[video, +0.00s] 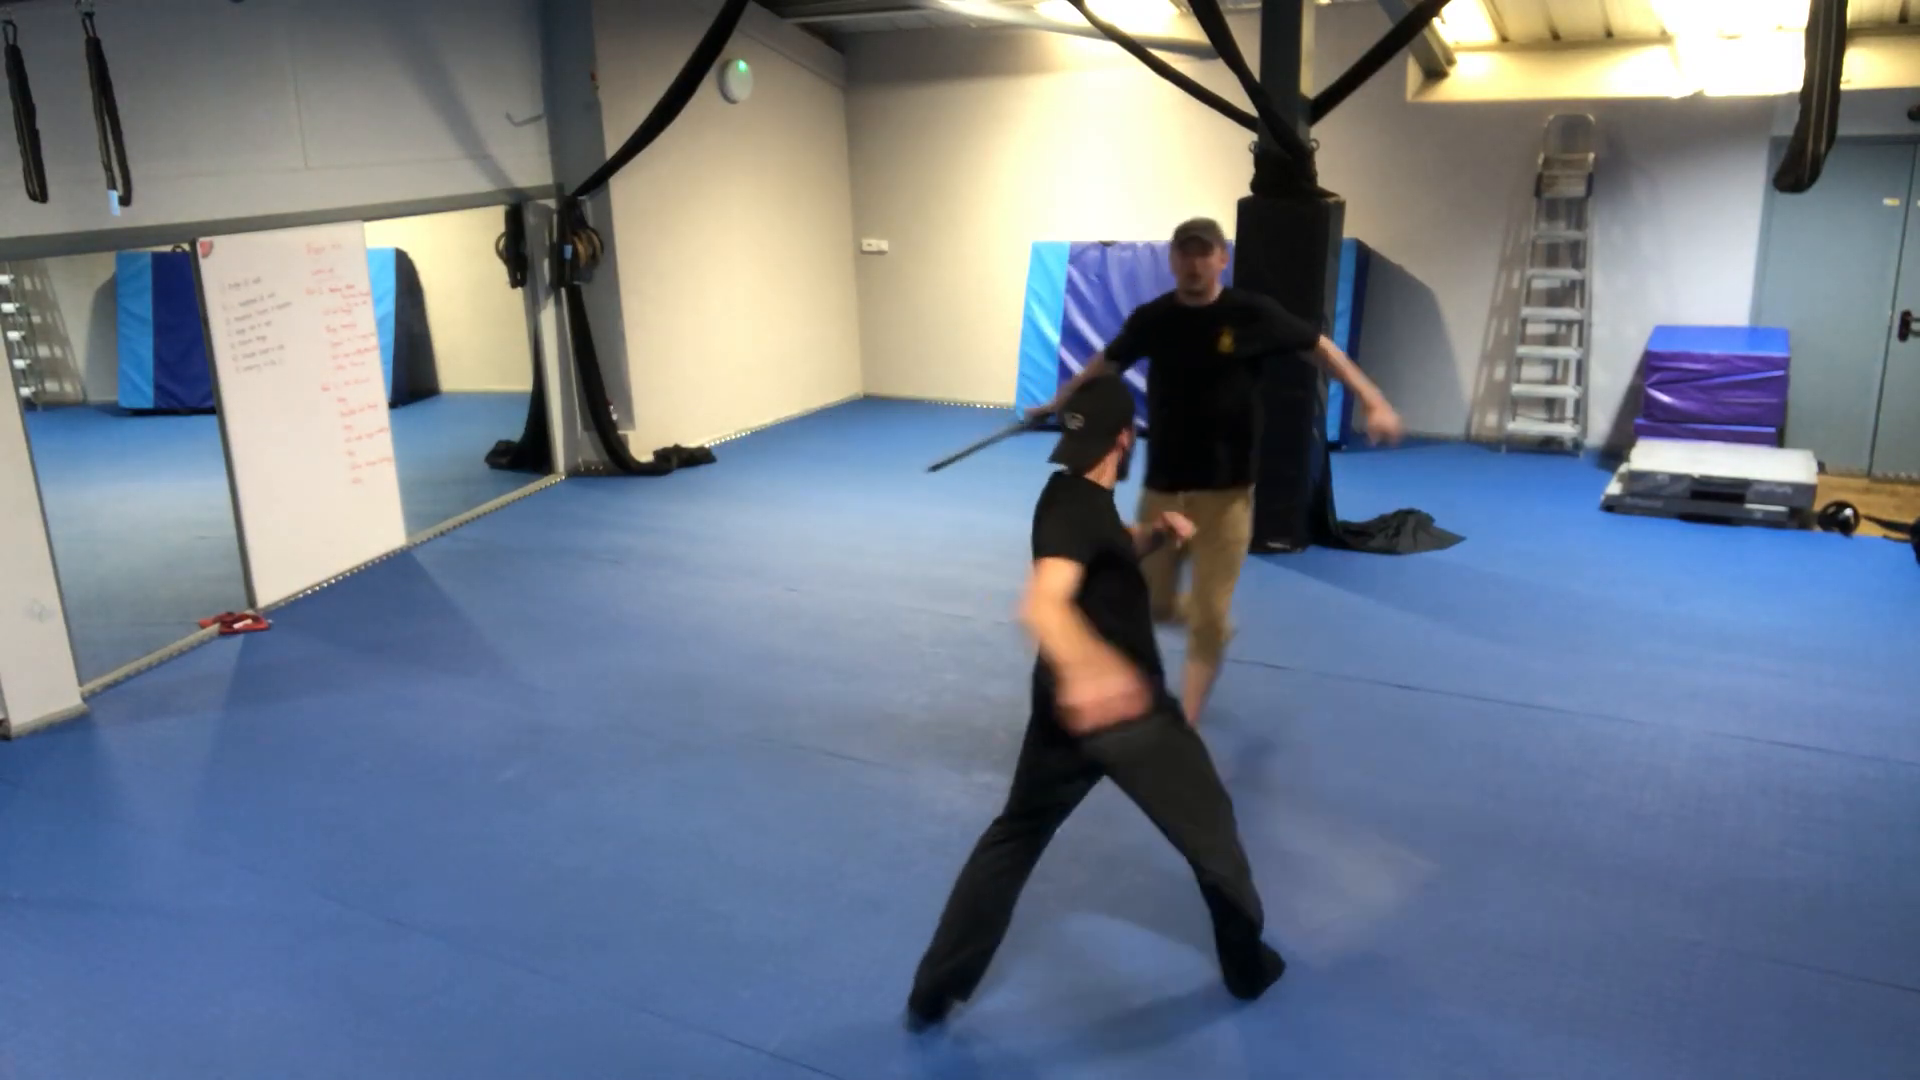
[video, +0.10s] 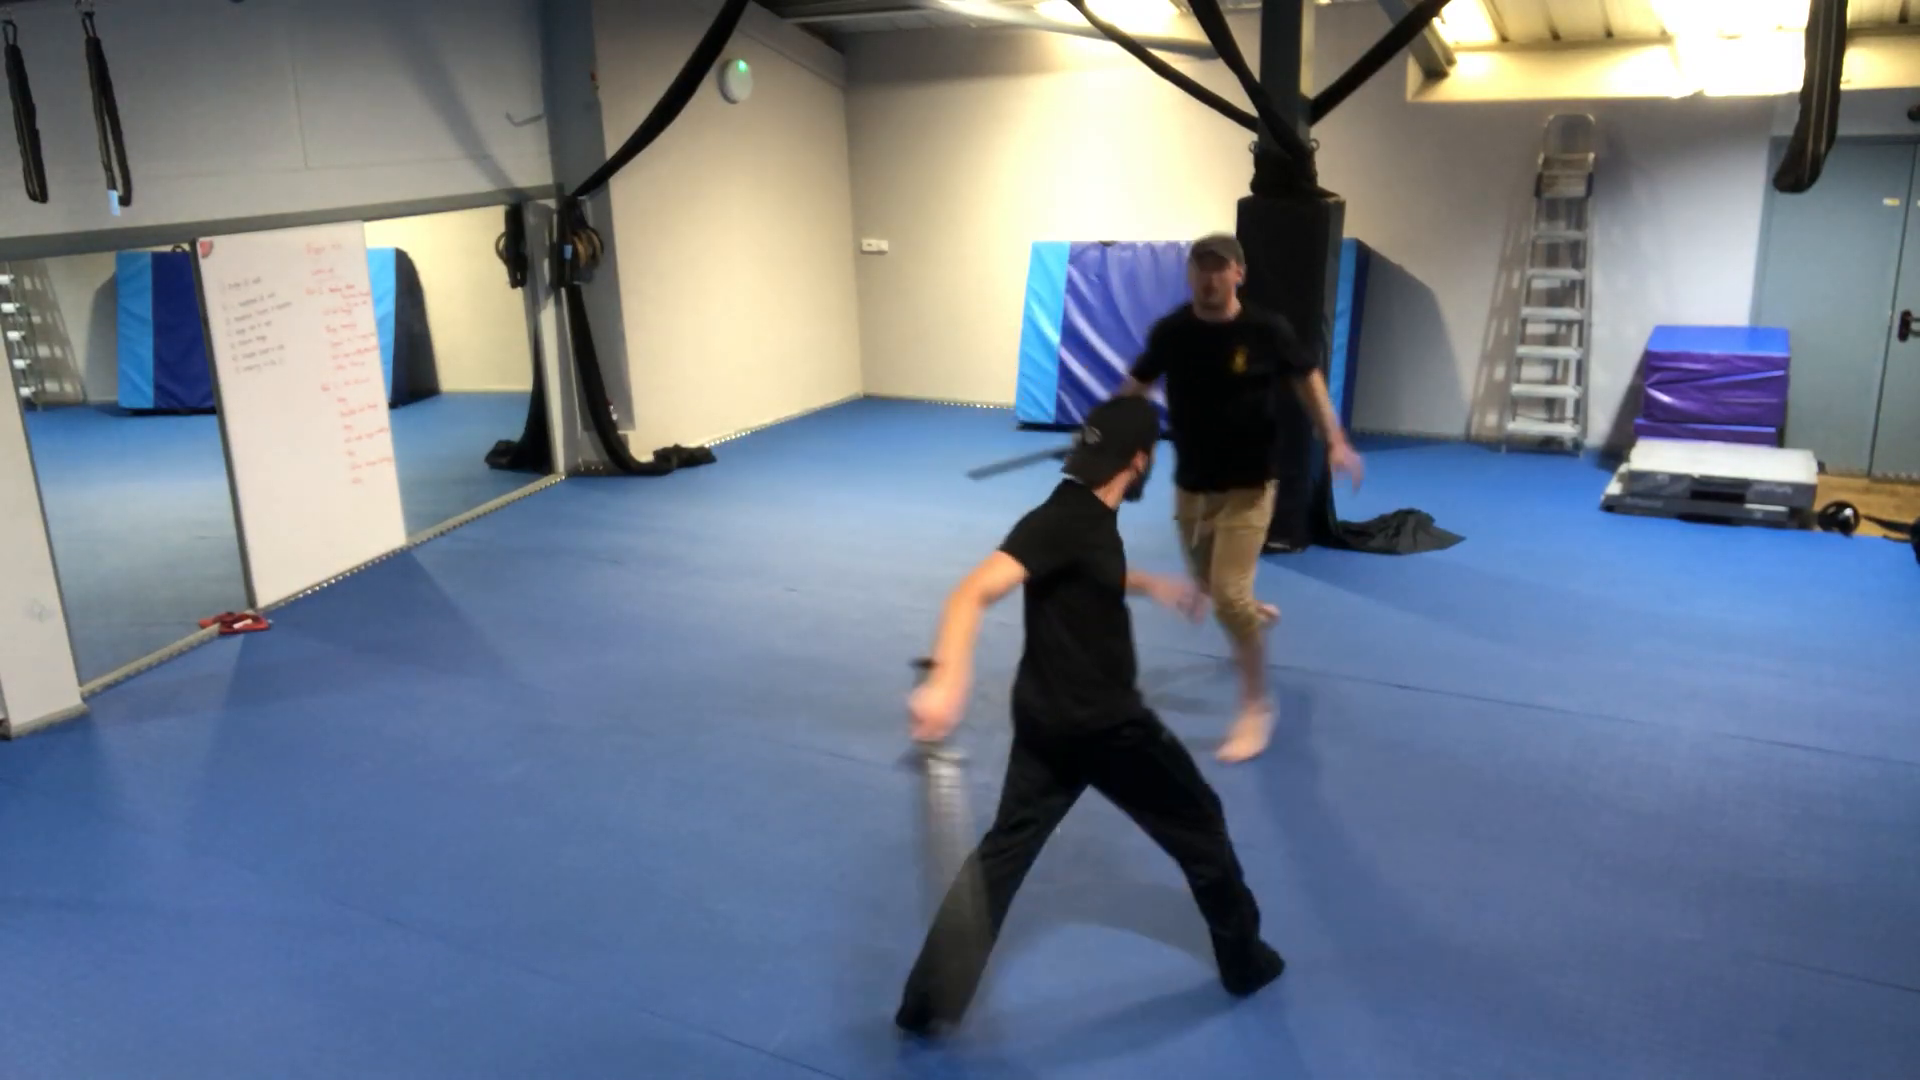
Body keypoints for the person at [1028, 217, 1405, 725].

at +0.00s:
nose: (1193, 265)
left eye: (1203, 255)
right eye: (1185, 255)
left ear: (1222, 259)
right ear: (1172, 260)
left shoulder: (1253, 314)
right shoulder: (1153, 319)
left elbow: (1320, 349)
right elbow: (1103, 364)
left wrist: (1375, 402)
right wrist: (1057, 403)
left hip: (1226, 492)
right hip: (1163, 489)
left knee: (1207, 615)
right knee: (1154, 603)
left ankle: (1185, 726)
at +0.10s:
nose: (1209, 282)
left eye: (1219, 272)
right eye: (1201, 272)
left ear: (1238, 274)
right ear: (1189, 275)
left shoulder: (1267, 331)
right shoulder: (1172, 332)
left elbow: (1309, 380)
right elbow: (1135, 385)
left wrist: (1334, 440)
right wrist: (1114, 435)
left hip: (1248, 487)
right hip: (1192, 485)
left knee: (1232, 599)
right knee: (1208, 583)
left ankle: (1255, 706)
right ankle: (1251, 615)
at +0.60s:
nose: (1218, 301)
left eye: (1228, 293)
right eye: (1214, 292)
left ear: (1253, 296)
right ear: (1210, 294)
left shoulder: (1257, 343)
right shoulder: (1238, 343)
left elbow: (1249, 407)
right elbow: (1251, 422)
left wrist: (1192, 461)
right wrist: (1235, 491)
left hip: (1285, 488)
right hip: (1257, 485)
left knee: (1252, 591)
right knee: (1241, 570)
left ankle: (1304, 707)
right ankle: (1300, 640)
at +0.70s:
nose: (1235, 318)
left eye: (1246, 310)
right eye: (1229, 308)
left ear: (1266, 314)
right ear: (1221, 310)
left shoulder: (1273, 362)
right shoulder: (1240, 363)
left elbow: (1263, 429)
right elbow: (1238, 430)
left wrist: (1183, 452)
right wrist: (1189, 442)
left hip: (1288, 503)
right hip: (1258, 495)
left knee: (1240, 601)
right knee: (1255, 579)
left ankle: (1270, 721)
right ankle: (1302, 642)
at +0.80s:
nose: (1262, 316)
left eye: (1273, 306)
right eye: (1254, 305)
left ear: (1294, 306)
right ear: (1244, 304)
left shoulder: (1305, 361)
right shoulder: (1236, 349)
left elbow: (1292, 441)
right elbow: (1212, 382)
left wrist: (1210, 427)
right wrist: (1158, 372)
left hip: (1281, 498)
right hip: (1229, 492)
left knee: (1236, 614)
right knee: (1240, 575)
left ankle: (1237, 734)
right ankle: (1294, 632)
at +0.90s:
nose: (1283, 311)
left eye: (1293, 302)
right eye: (1274, 301)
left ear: (1312, 301)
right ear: (1260, 300)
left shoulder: (1322, 368)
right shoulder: (1237, 338)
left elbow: (1321, 446)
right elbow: (1160, 322)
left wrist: (1261, 430)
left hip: (1275, 516)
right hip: (1212, 502)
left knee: (1255, 636)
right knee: (1182, 613)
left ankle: (1238, 733)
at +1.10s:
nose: (1270, 321)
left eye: (1279, 310)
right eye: (1261, 310)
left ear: (1295, 301)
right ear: (1242, 299)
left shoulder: (1303, 346)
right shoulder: (1211, 336)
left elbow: (1316, 421)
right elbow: (1177, 301)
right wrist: (1191, 272)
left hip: (1275, 509)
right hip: (1208, 505)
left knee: (1263, 638)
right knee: (1189, 641)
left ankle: (1231, 741)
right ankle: (1142, 768)